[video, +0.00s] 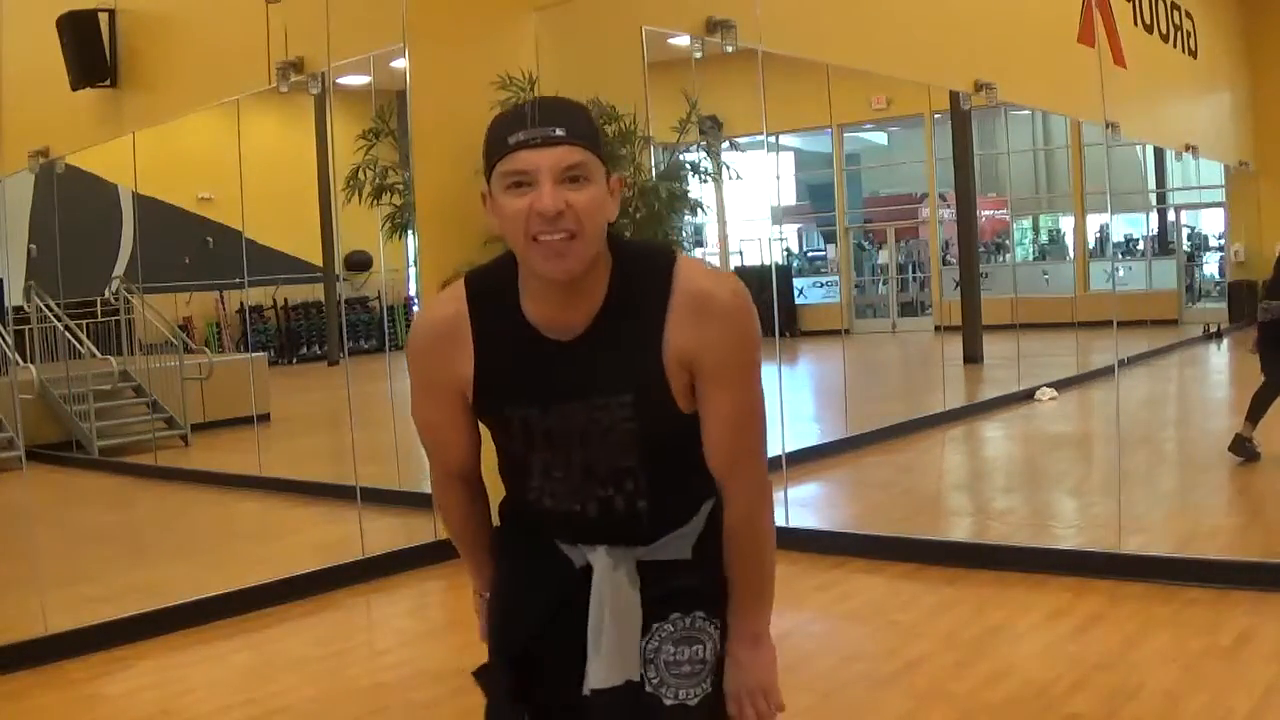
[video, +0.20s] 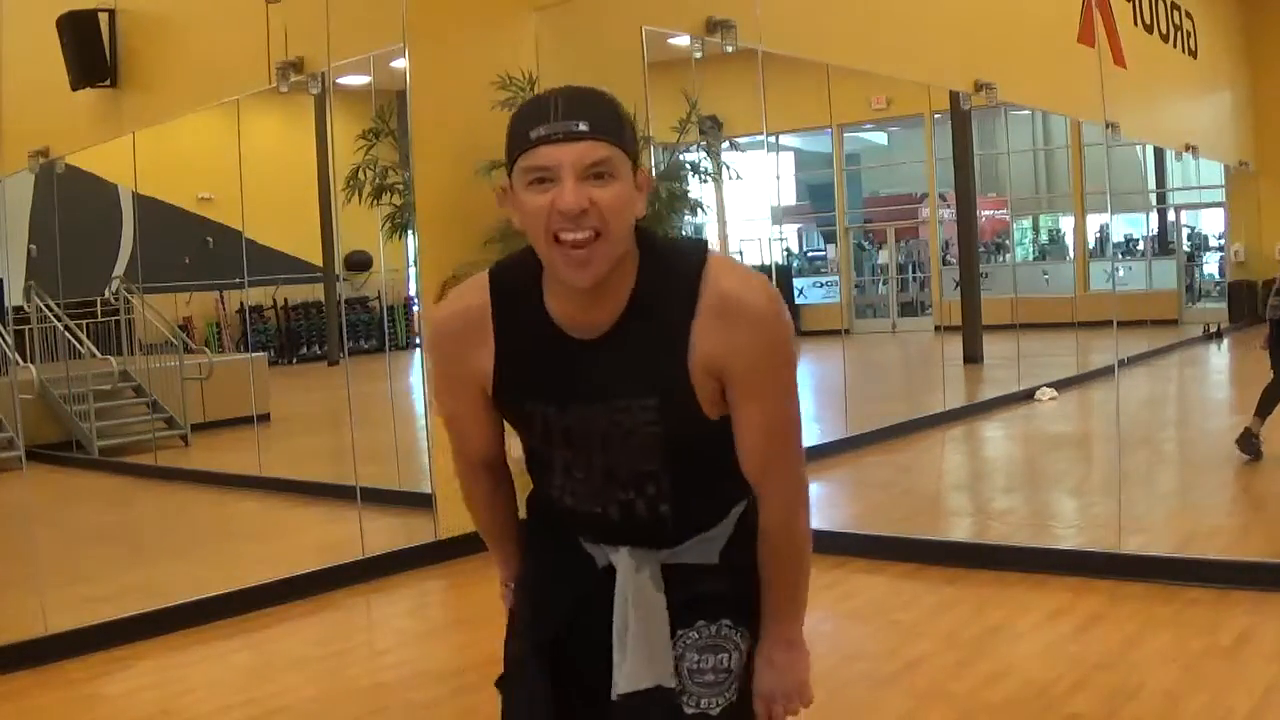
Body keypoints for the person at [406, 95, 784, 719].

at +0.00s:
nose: (549, 204)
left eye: (574, 178)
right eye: (520, 185)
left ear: (614, 192)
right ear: (491, 208)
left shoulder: (705, 306)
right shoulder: (449, 328)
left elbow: (744, 484)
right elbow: (455, 476)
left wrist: (751, 638)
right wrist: (487, 587)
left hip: (678, 581)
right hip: (541, 584)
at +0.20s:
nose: (571, 202)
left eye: (598, 175)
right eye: (542, 180)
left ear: (640, 189)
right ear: (512, 201)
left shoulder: (735, 309)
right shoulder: (466, 326)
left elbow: (781, 490)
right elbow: (481, 464)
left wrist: (783, 640)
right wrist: (513, 573)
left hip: (707, 573)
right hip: (568, 574)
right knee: (546, 705)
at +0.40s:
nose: (625, 187)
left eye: (652, 163)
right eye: (598, 165)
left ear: (694, 182)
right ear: (570, 192)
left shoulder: (777, 307)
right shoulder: (527, 307)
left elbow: (854, 466)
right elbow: (521, 452)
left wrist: (869, 602)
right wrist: (539, 576)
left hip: (736, 581)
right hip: (600, 573)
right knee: (572, 703)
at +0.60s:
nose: (725, 168)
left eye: (751, 151)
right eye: (700, 150)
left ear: (782, 181)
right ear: (669, 183)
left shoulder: (855, 292)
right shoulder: (619, 309)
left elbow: (928, 380)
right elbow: (572, 471)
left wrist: (924, 464)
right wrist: (538, 638)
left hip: (804, 576)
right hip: (675, 571)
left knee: (797, 705)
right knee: (636, 701)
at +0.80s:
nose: (918, 80)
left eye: (922, 66)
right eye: (891, 66)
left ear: (934, 88)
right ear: (826, 90)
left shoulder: (961, 209)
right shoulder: (750, 218)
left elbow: (936, 330)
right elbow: (739, 366)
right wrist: (820, 465)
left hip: (913, 495)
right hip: (781, 500)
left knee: (918, 697)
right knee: (747, 703)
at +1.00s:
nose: (1133, 74)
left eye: (1129, 56)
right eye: (1116, 53)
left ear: (1068, 65)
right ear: (1055, 60)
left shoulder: (1072, 189)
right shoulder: (957, 161)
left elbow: (1077, 331)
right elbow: (922, 334)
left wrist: (1088, 459)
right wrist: (964, 501)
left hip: (992, 428)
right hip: (895, 431)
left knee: (1092, 584)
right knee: (869, 647)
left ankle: (1092, 712)